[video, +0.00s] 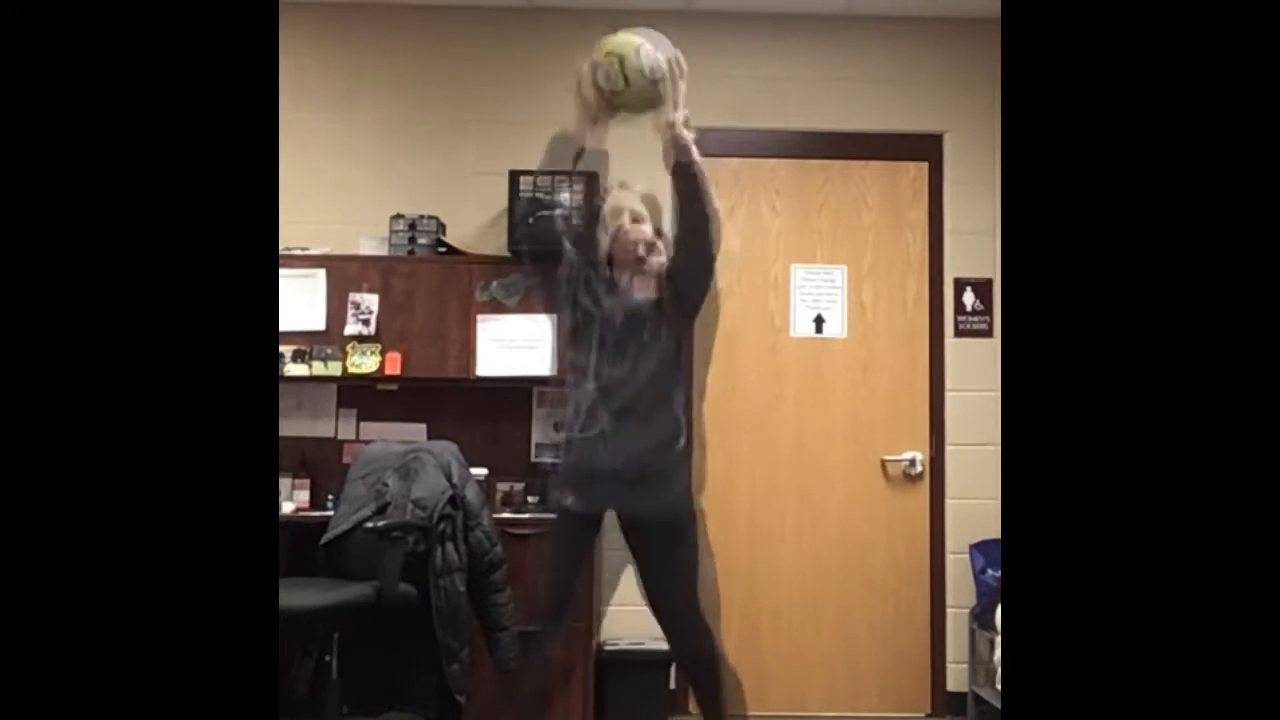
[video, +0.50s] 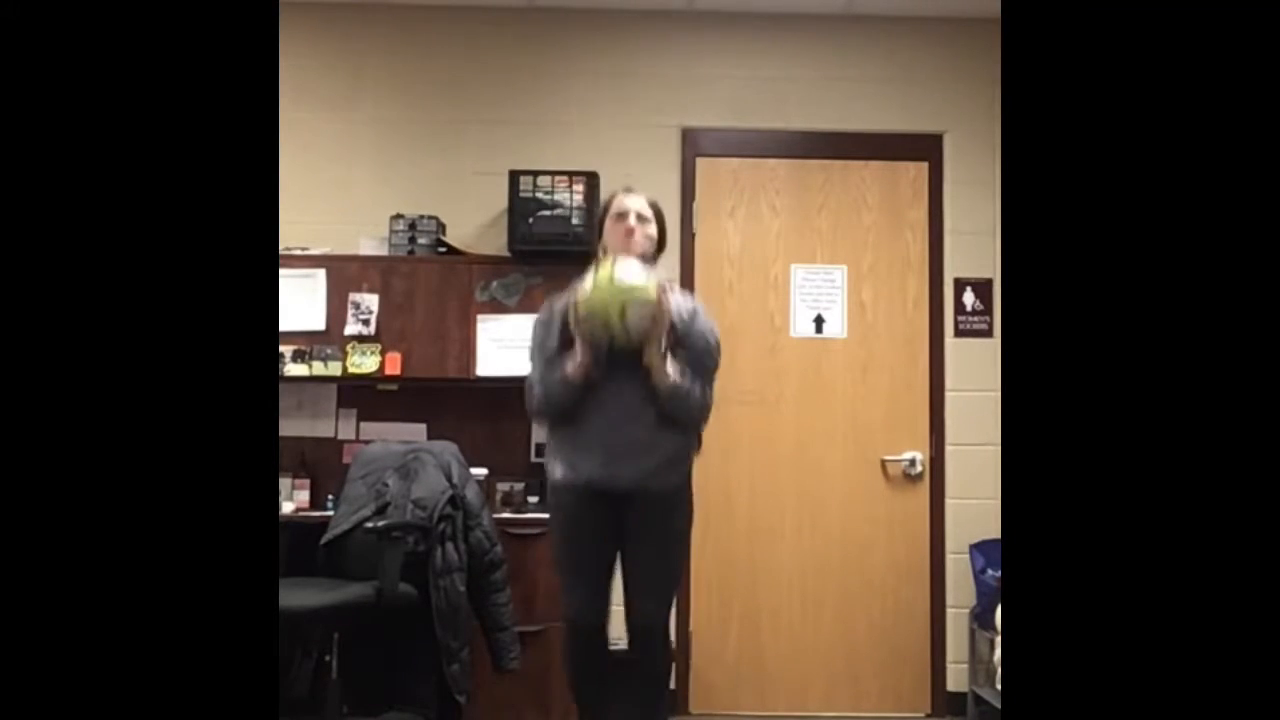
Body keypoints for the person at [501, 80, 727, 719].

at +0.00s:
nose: (628, 227)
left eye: (638, 217)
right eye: (616, 220)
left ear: (658, 232)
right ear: (598, 238)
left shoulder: (674, 298)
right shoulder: (582, 293)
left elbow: (698, 238)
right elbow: (545, 222)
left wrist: (678, 144)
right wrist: (584, 130)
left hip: (654, 474)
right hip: (582, 470)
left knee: (681, 622)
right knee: (550, 616)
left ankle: (721, 709)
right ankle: (521, 711)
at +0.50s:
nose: (633, 226)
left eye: (644, 219)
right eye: (621, 217)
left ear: (659, 238)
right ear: (601, 233)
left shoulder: (685, 314)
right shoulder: (562, 312)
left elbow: (694, 413)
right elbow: (541, 403)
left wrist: (656, 359)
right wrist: (580, 359)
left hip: (659, 492)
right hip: (580, 491)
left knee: (650, 626)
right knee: (584, 624)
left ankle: (647, 714)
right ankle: (594, 712)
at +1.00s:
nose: (632, 248)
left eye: (642, 241)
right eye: (619, 241)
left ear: (657, 261)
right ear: (596, 259)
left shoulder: (676, 314)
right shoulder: (578, 312)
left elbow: (690, 231)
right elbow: (570, 219)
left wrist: (676, 124)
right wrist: (588, 117)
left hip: (660, 506)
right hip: (579, 506)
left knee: (693, 647)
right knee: (549, 646)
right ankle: (504, 713)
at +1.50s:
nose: (640, 239)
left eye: (651, 233)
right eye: (627, 232)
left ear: (666, 254)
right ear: (608, 252)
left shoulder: (697, 330)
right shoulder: (571, 331)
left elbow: (719, 430)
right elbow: (544, 431)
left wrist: (669, 374)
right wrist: (590, 379)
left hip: (673, 515)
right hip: (593, 515)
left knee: (658, 645)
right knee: (605, 644)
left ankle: (658, 717)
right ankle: (606, 717)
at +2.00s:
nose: (632, 230)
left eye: (640, 220)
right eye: (618, 222)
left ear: (656, 235)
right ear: (600, 239)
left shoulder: (676, 298)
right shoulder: (584, 290)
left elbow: (698, 235)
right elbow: (561, 221)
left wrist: (678, 140)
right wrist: (586, 127)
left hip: (655, 474)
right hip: (583, 471)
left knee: (681, 621)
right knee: (557, 619)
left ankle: (721, 711)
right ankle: (526, 709)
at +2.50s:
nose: (632, 225)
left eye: (644, 219)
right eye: (621, 217)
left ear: (660, 238)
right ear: (601, 233)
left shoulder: (685, 316)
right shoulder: (562, 314)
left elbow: (695, 412)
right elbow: (542, 404)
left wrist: (656, 359)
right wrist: (581, 359)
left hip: (659, 494)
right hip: (581, 493)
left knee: (650, 629)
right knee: (584, 627)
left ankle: (648, 715)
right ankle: (594, 712)